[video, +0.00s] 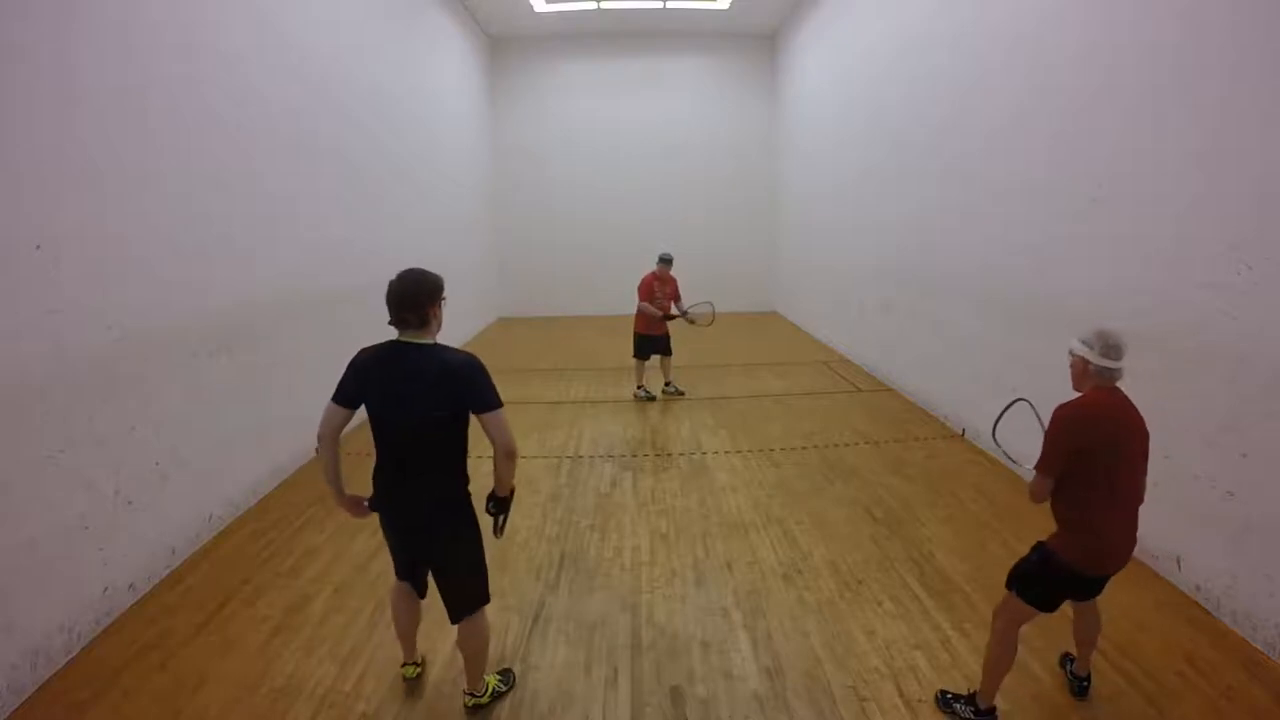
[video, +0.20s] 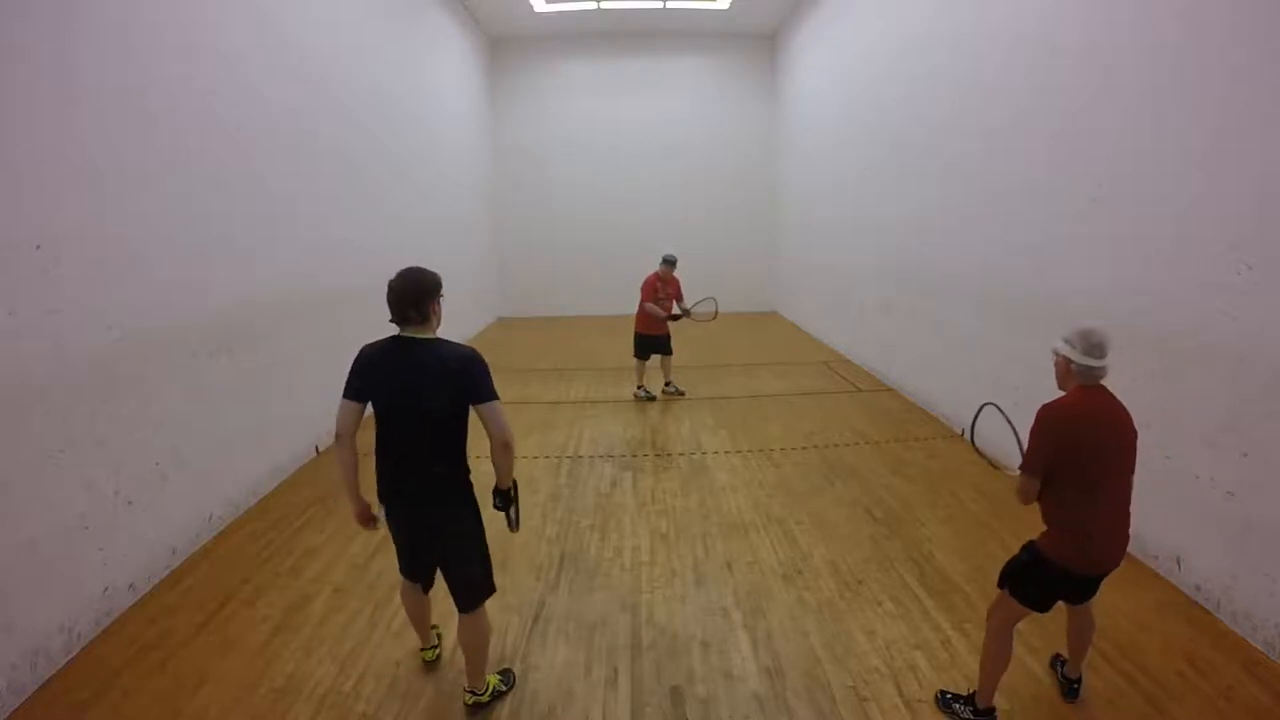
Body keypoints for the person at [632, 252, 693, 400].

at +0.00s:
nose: (665, 269)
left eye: (668, 266)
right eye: (663, 266)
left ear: (671, 267)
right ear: (657, 265)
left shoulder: (672, 282)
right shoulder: (647, 281)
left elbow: (677, 301)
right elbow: (642, 304)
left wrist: (686, 315)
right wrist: (659, 314)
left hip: (661, 327)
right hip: (644, 327)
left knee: (666, 354)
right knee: (641, 358)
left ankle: (668, 385)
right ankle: (639, 388)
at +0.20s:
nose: (668, 270)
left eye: (671, 268)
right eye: (666, 267)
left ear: (674, 269)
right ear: (661, 266)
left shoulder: (674, 282)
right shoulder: (650, 282)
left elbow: (679, 300)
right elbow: (647, 304)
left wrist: (684, 309)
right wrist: (665, 315)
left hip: (662, 326)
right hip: (644, 327)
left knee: (666, 354)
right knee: (642, 358)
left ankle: (668, 384)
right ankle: (639, 387)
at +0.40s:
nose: (673, 273)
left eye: (676, 270)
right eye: (671, 269)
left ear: (679, 271)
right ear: (665, 268)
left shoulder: (677, 284)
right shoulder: (656, 281)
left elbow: (680, 303)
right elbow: (653, 306)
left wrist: (685, 310)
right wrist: (672, 316)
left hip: (662, 326)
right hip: (646, 326)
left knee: (667, 354)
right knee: (643, 357)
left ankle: (668, 384)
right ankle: (640, 388)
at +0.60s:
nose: (685, 278)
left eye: (687, 276)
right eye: (684, 275)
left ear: (685, 274)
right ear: (677, 271)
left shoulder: (678, 284)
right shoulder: (662, 284)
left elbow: (680, 303)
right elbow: (664, 310)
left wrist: (688, 313)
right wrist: (682, 319)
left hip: (664, 326)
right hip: (650, 326)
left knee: (668, 354)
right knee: (648, 357)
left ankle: (668, 384)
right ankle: (640, 388)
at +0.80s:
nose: (691, 283)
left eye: (693, 280)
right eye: (692, 280)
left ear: (683, 273)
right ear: (687, 276)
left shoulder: (678, 285)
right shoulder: (672, 286)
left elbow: (677, 307)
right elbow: (671, 310)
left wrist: (685, 319)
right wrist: (683, 325)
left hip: (663, 326)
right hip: (653, 326)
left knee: (668, 354)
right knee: (656, 357)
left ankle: (668, 384)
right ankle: (643, 384)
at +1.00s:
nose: (691, 285)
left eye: (692, 282)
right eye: (691, 281)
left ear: (682, 274)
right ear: (687, 278)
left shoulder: (672, 282)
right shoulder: (675, 287)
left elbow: (673, 310)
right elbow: (672, 311)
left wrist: (679, 327)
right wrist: (678, 329)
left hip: (657, 325)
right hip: (654, 326)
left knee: (667, 354)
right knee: (662, 355)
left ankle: (668, 384)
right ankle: (645, 378)